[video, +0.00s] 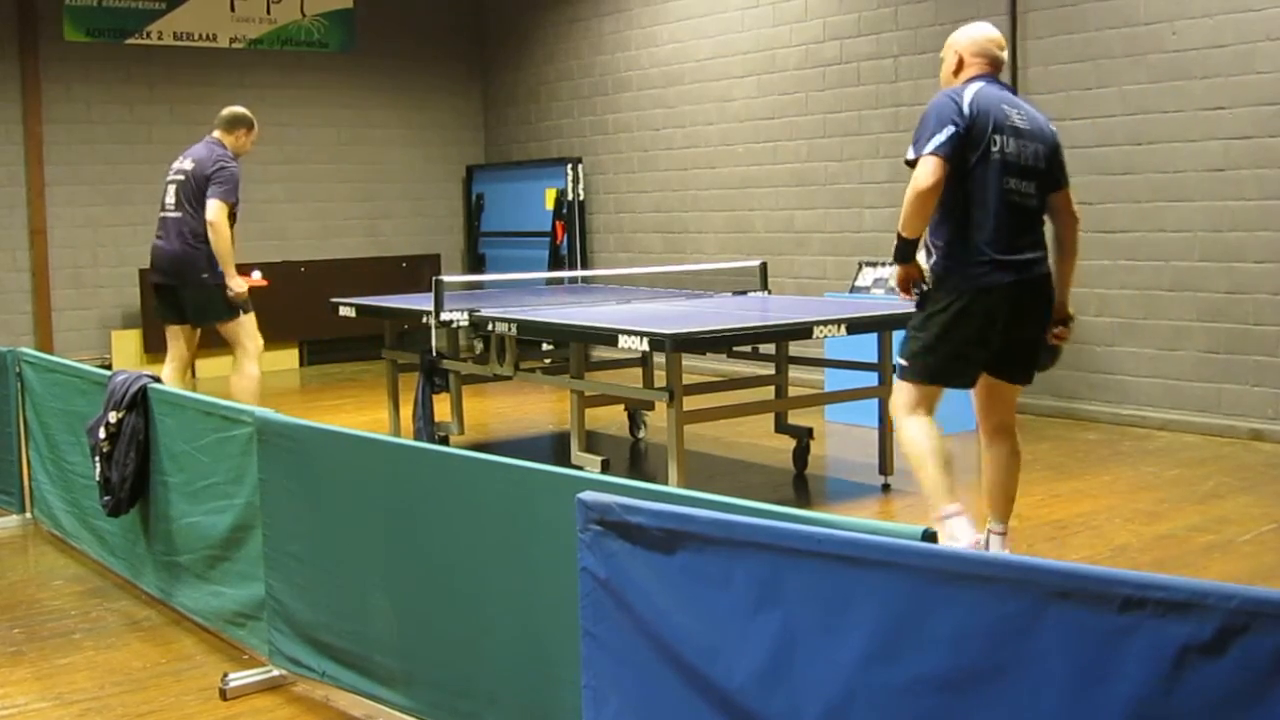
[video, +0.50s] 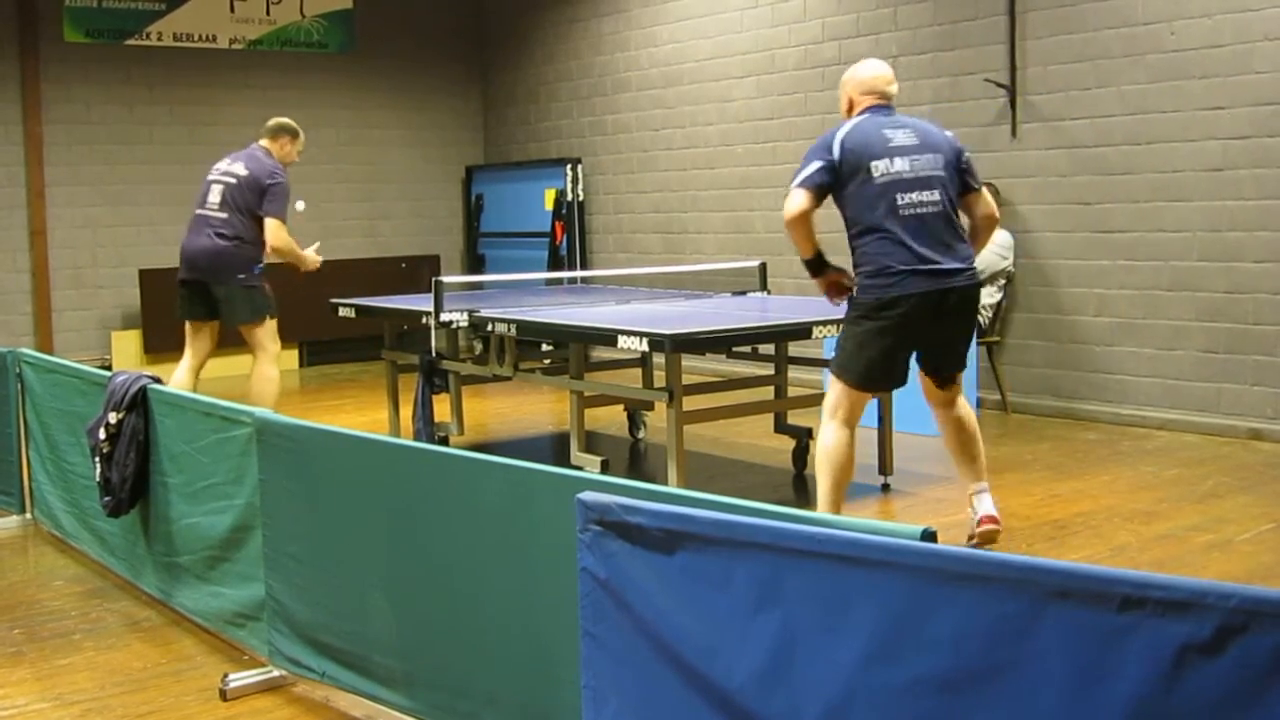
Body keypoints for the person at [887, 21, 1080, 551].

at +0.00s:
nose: (940, 74)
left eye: (943, 64)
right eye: (941, 66)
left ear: (957, 61)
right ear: (1002, 66)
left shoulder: (953, 102)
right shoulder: (1040, 124)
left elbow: (929, 181)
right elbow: (1067, 219)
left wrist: (905, 255)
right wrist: (1061, 299)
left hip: (964, 289)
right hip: (1029, 293)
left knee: (908, 407)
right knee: (998, 417)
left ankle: (952, 525)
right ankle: (995, 542)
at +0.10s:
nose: (926, 76)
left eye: (928, 66)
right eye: (927, 67)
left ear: (942, 62)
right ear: (984, 66)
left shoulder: (940, 102)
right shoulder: (1024, 122)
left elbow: (922, 175)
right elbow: (1048, 214)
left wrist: (901, 251)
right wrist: (1036, 280)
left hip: (951, 286)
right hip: (1016, 288)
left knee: (897, 409)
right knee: (995, 421)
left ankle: (885, 535)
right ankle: (998, 541)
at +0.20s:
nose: (909, 79)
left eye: (911, 70)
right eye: (911, 71)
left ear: (926, 67)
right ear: (964, 69)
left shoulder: (919, 107)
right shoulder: (1005, 121)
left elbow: (906, 179)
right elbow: (1029, 212)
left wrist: (888, 254)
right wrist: (1008, 266)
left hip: (938, 287)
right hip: (1003, 288)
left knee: (885, 415)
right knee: (983, 420)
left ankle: (845, 529)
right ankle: (994, 538)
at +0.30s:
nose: (888, 85)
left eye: (890, 77)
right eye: (889, 78)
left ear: (903, 75)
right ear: (944, 76)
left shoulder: (898, 116)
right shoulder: (986, 126)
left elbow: (875, 186)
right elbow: (1012, 213)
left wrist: (867, 254)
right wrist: (987, 264)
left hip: (921, 293)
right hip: (987, 292)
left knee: (870, 418)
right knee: (968, 422)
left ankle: (836, 533)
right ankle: (992, 538)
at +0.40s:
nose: (862, 94)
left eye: (864, 86)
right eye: (865, 87)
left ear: (877, 86)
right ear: (917, 87)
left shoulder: (864, 128)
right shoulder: (960, 131)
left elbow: (830, 199)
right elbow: (997, 215)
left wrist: (842, 261)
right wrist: (965, 264)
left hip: (900, 293)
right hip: (968, 292)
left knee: (852, 414)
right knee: (948, 409)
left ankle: (826, 531)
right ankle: (987, 511)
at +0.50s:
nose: (838, 109)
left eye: (840, 102)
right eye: (841, 102)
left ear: (850, 100)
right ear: (893, 98)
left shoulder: (838, 139)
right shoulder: (939, 136)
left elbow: (795, 212)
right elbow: (986, 214)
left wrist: (822, 271)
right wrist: (953, 263)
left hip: (886, 295)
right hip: (955, 291)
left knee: (839, 416)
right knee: (948, 393)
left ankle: (826, 532)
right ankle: (984, 505)